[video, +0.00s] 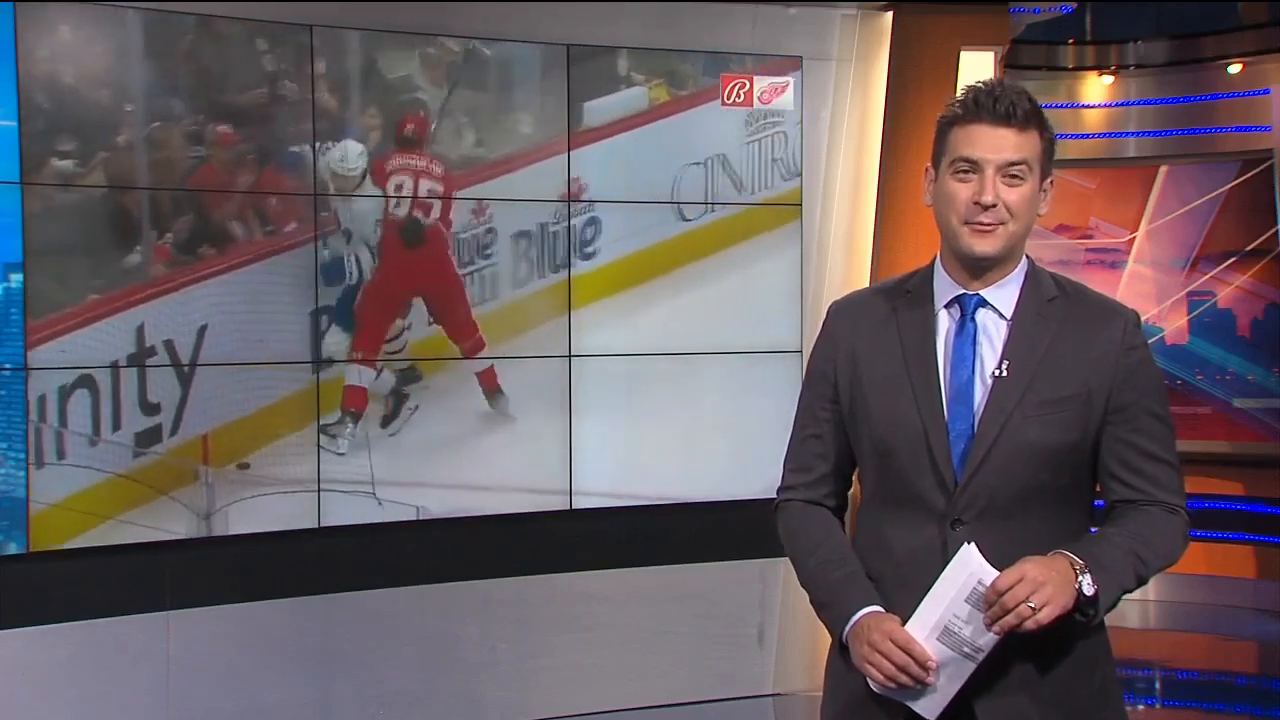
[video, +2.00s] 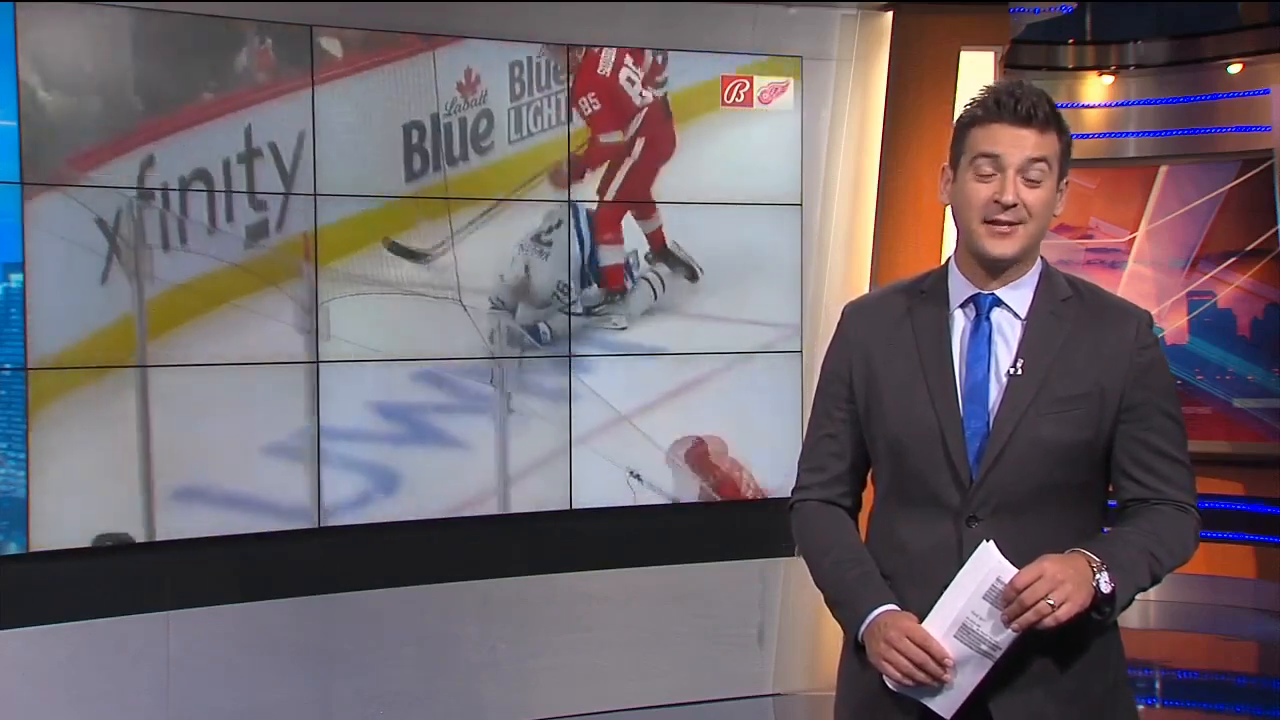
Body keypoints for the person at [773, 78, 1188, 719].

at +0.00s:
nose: (987, 196)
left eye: (1013, 176)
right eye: (965, 171)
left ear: (1043, 194)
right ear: (932, 185)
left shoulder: (1108, 335)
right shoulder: (854, 326)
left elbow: (1155, 511)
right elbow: (805, 499)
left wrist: (1079, 570)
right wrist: (857, 616)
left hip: (1044, 691)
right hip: (881, 687)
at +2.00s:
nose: (1007, 195)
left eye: (1032, 176)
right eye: (986, 170)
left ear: (1058, 197)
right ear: (949, 186)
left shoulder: (1121, 337)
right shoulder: (869, 326)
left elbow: (1167, 510)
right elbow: (820, 499)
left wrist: (1096, 568)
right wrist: (872, 615)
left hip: (1056, 690)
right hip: (895, 687)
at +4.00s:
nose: (1006, 185)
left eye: (1031, 166)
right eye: (984, 161)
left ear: (1058, 192)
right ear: (948, 184)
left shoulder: (1123, 332)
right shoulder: (871, 326)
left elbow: (1172, 507)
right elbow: (824, 502)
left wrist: (1102, 568)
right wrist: (879, 619)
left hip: (1064, 688)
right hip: (899, 685)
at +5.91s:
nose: (1003, 191)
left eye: (1028, 173)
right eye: (981, 166)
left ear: (1055, 196)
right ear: (945, 183)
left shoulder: (1119, 336)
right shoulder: (865, 327)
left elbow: (1166, 510)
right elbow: (816, 500)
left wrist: (1095, 572)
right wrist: (871, 620)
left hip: (1056, 692)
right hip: (893, 687)